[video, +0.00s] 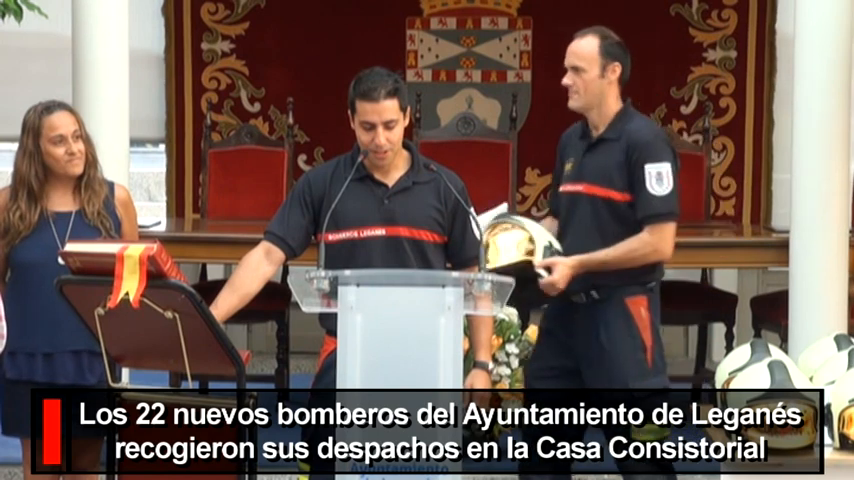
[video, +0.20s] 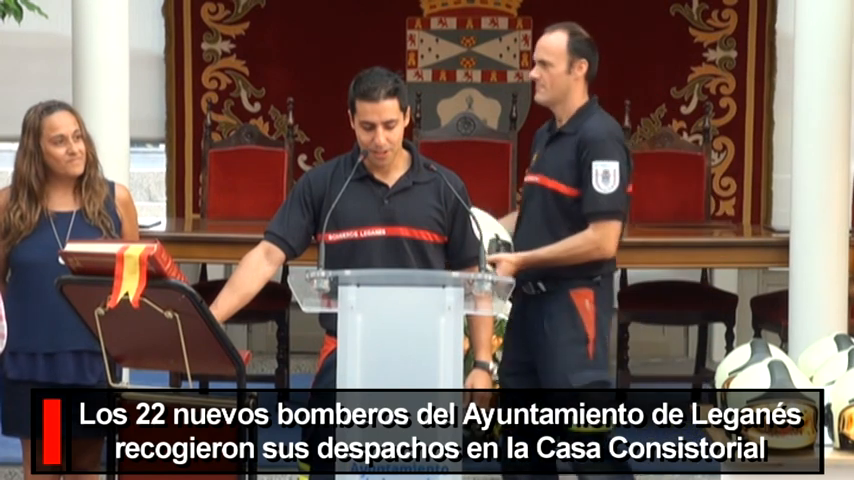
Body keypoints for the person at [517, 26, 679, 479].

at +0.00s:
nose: (565, 80)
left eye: (576, 71)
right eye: (565, 70)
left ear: (612, 73)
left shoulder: (646, 140)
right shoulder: (570, 140)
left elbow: (660, 242)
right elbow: (563, 218)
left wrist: (576, 264)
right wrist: (527, 240)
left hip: (621, 312)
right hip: (564, 311)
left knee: (639, 451)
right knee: (542, 446)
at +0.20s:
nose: (532, 74)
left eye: (543, 65)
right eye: (533, 64)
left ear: (579, 70)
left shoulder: (600, 135)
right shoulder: (546, 134)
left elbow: (603, 241)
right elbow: (532, 214)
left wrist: (521, 261)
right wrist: (484, 236)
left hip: (574, 303)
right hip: (530, 301)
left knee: (587, 442)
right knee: (521, 438)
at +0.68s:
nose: (463, 78)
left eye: (474, 69)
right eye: (464, 67)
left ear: (510, 75)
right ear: (505, 75)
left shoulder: (518, 138)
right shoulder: (500, 131)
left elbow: (505, 244)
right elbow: (477, 217)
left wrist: (445, 251)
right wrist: (441, 241)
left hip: (510, 291)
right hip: (491, 287)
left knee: (504, 414)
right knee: (492, 411)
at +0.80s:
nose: (439, 80)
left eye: (451, 72)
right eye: (440, 70)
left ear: (487, 80)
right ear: (482, 78)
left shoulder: (491, 143)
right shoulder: (475, 134)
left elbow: (480, 241)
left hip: (491, 302)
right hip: (478, 297)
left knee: (485, 424)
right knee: (476, 422)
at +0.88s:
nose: (421, 81)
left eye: (433, 74)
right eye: (423, 71)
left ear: (469, 80)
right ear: (465, 80)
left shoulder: (471, 145)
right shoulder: (460, 131)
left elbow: (456, 242)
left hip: (472, 301)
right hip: (464, 295)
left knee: (471, 420)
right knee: (467, 417)